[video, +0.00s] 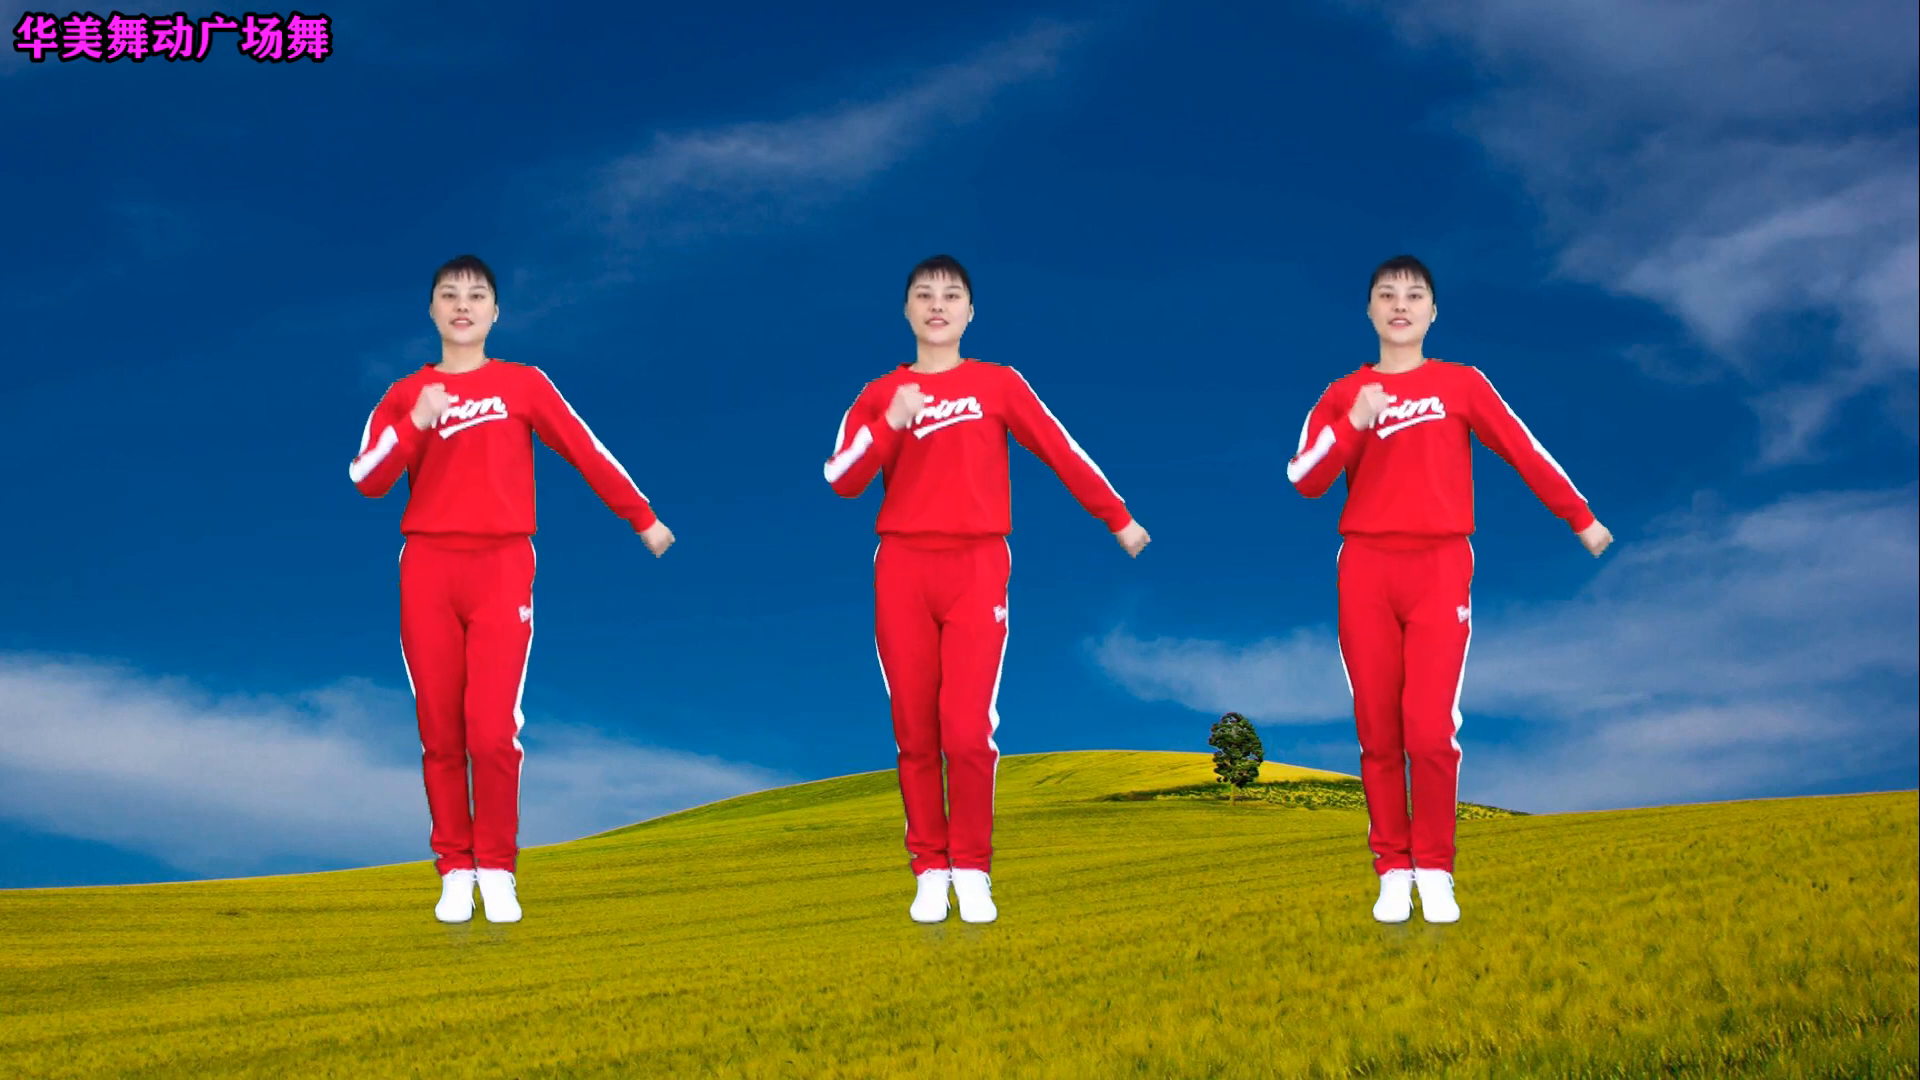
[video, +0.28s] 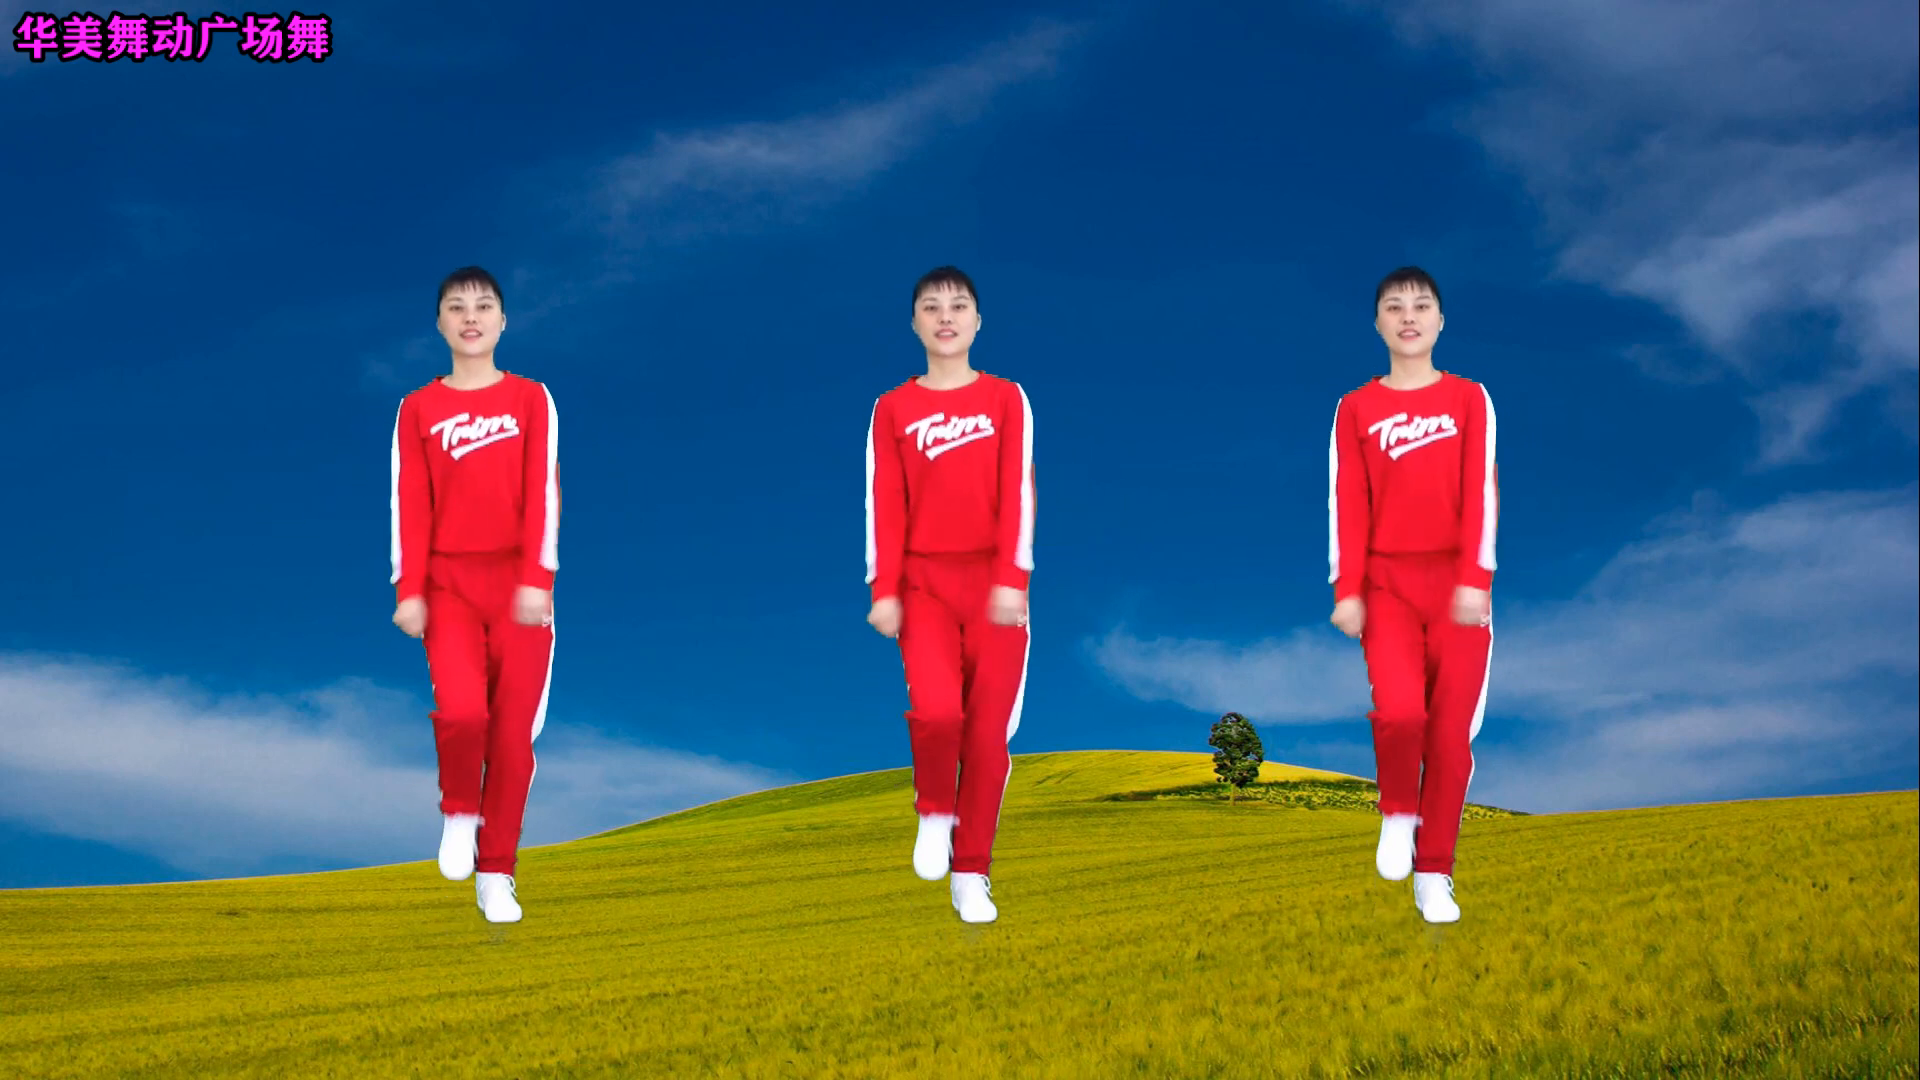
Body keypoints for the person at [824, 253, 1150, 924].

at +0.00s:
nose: (937, 306)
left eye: (951, 296)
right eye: (925, 296)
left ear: (969, 311)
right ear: (908, 310)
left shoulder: (1000, 383)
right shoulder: (879, 394)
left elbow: (1063, 452)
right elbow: (843, 481)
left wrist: (1119, 518)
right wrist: (888, 426)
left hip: (979, 566)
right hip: (902, 568)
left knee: (967, 729)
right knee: (915, 731)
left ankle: (971, 868)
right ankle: (929, 869)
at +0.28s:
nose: (946, 318)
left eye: (958, 308)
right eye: (933, 309)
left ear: (976, 320)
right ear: (916, 323)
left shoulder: (1007, 397)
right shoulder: (891, 408)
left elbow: (1019, 491)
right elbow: (883, 503)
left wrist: (1013, 578)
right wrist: (883, 589)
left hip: (995, 577)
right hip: (923, 579)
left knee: (989, 729)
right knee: (935, 714)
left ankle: (972, 868)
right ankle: (934, 811)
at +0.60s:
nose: (953, 295)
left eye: (964, 284)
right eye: (938, 287)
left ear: (983, 298)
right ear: (922, 305)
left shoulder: (1014, 376)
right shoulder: (899, 380)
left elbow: (1045, 462)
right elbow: (831, 442)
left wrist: (990, 412)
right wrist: (766, 504)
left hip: (999, 556)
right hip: (923, 557)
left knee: (989, 715)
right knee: (941, 713)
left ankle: (975, 862)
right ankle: (931, 848)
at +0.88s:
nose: (964, 300)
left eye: (971, 290)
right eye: (947, 292)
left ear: (982, 308)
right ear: (918, 311)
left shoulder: (1007, 386)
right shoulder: (892, 381)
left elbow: (1030, 469)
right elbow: (807, 421)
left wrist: (1031, 536)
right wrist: (714, 459)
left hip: (995, 563)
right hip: (922, 565)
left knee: (987, 724)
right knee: (927, 724)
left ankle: (974, 865)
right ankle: (925, 869)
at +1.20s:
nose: (975, 301)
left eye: (977, 291)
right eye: (958, 292)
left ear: (981, 310)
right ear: (922, 311)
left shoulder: (1006, 390)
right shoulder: (907, 378)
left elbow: (1026, 489)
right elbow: (964, 429)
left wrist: (1037, 567)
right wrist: (1059, 452)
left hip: (1002, 563)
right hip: (931, 560)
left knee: (1033, 708)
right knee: (929, 725)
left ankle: (1037, 832)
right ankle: (923, 866)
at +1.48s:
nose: (1009, 304)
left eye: (1013, 297)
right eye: (995, 297)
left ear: (1018, 315)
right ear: (963, 314)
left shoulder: (1044, 385)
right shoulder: (950, 377)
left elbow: (1076, 480)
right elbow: (947, 291)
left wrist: (1090, 563)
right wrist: (993, 221)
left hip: (1058, 562)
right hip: (986, 560)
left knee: (1072, 729)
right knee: (957, 726)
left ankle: (1085, 867)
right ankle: (926, 865)